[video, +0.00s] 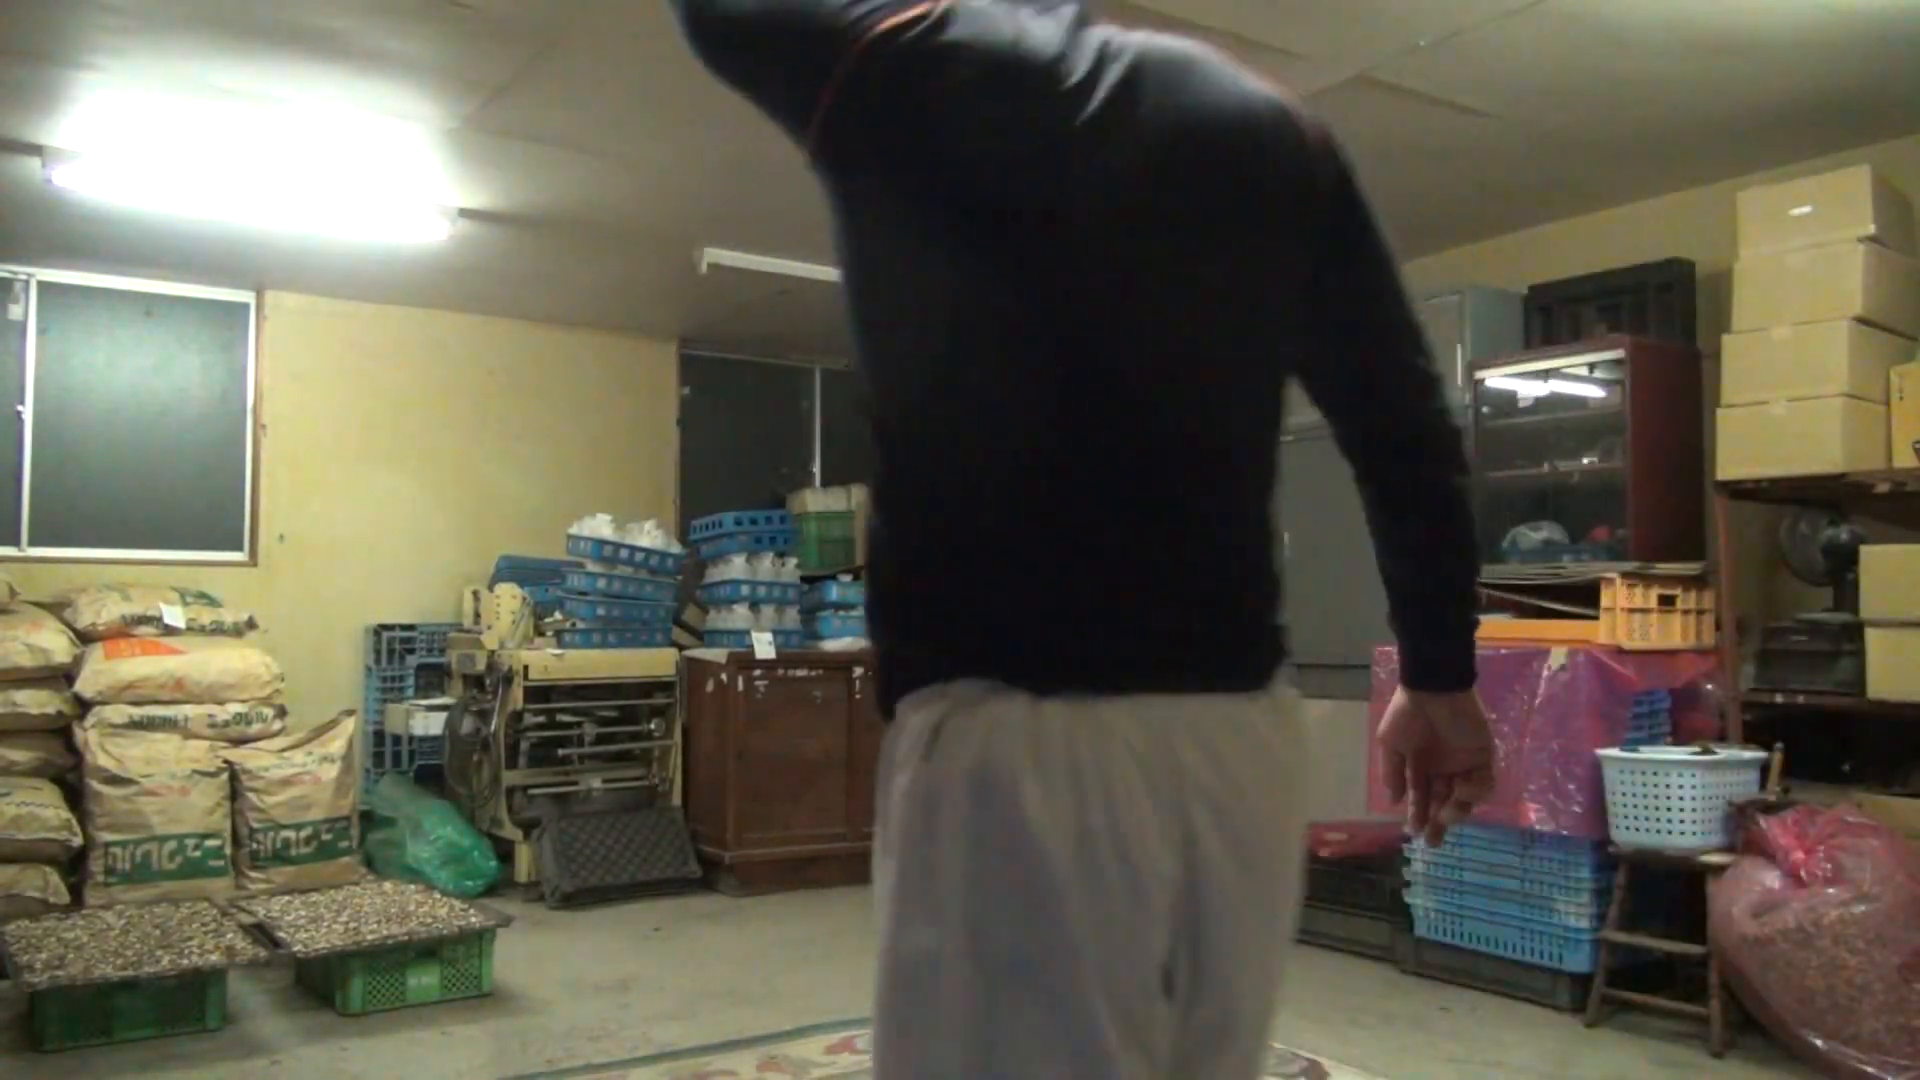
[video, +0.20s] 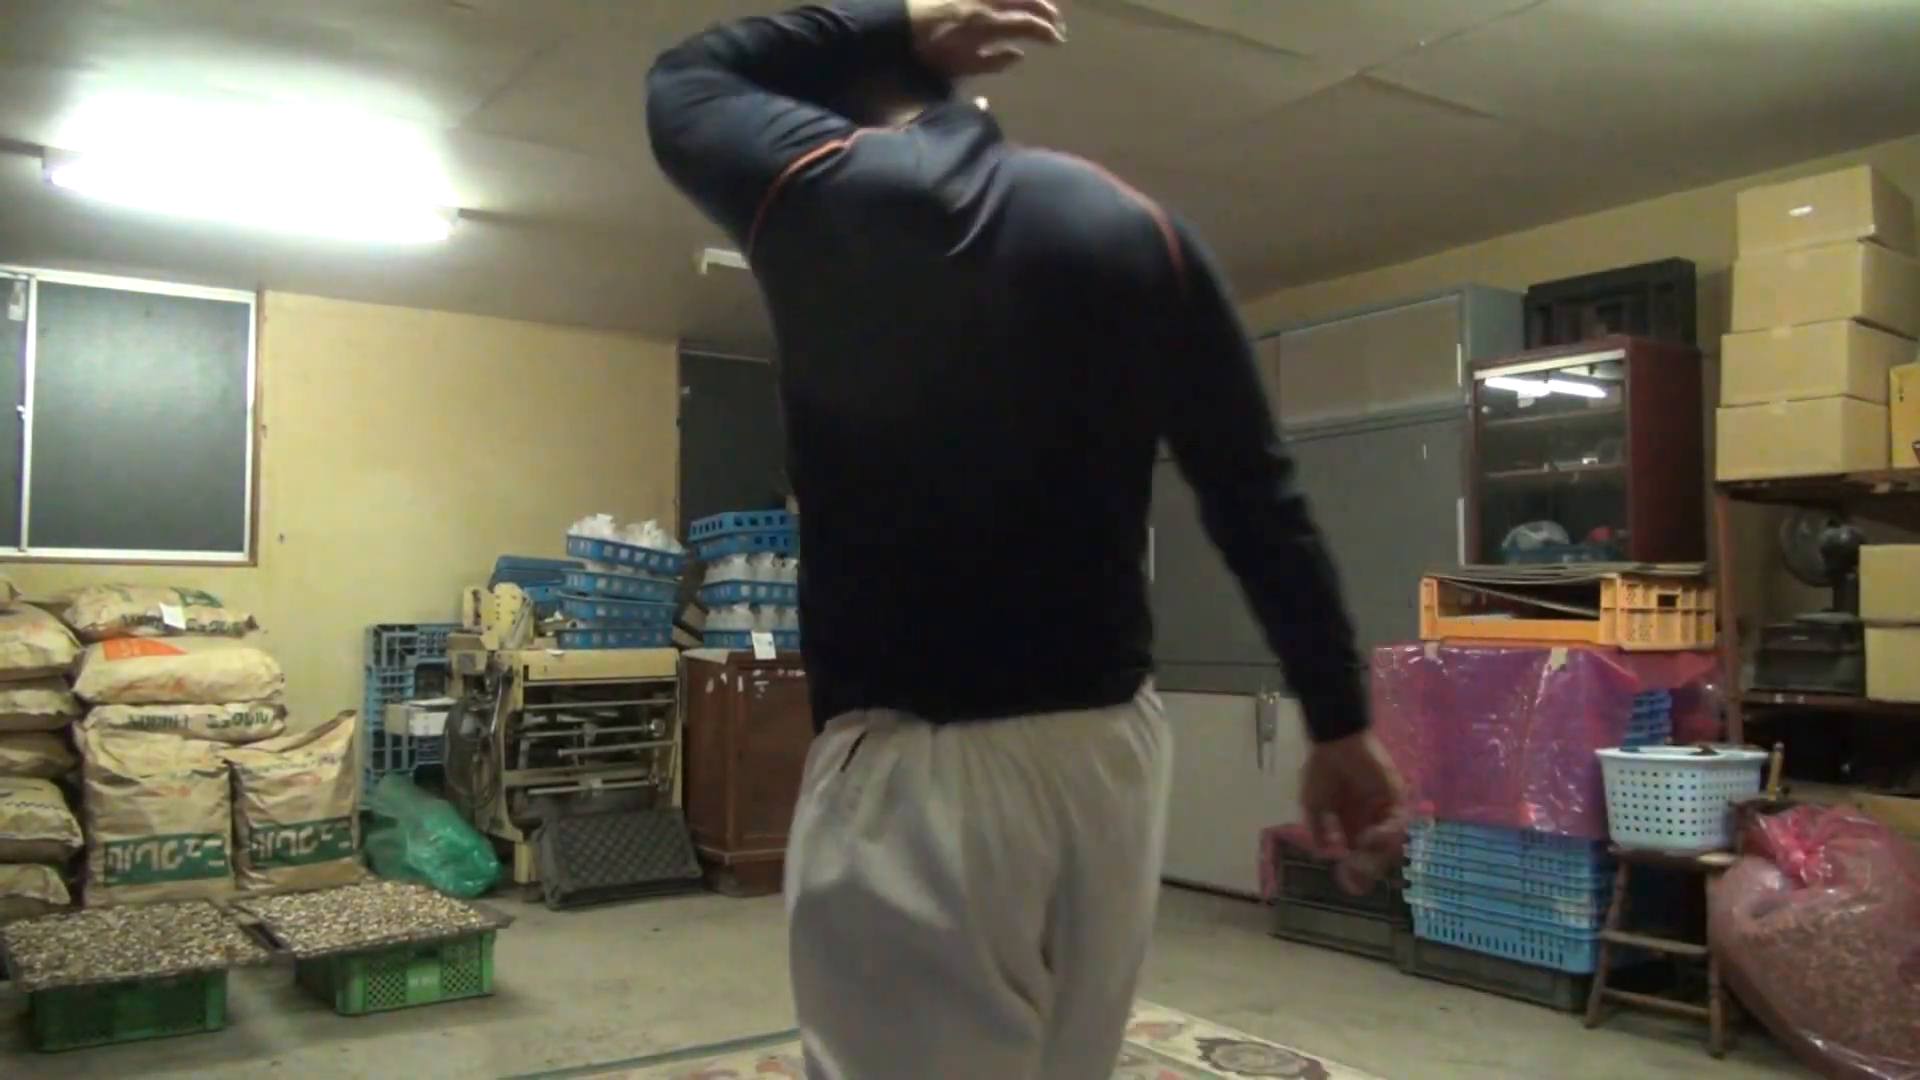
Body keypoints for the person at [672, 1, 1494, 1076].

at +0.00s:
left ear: (929, 3)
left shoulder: (898, 77)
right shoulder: (1275, 134)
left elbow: (717, 9)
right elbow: (1407, 433)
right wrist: (1443, 681)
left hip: (1013, 756)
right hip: (1243, 751)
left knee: (1015, 1066)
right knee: (1212, 1070)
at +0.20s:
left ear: (852, 112)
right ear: (960, 97)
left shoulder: (814, 196)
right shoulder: (1137, 234)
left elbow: (687, 75)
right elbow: (1255, 496)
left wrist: (902, 31)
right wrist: (1340, 726)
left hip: (907, 786)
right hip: (1114, 772)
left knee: (914, 1062)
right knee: (1071, 1066)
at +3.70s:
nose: (425, 309)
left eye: (425, 287)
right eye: (421, 282)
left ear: (318, 270)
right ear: (374, 273)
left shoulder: (216, 357)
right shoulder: (348, 339)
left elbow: (283, 522)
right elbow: (518, 400)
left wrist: (414, 488)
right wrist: (658, 361)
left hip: (109, 703)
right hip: (237, 701)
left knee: (99, 1014)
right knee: (340, 1001)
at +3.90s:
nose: (421, 328)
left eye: (422, 307)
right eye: (415, 302)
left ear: (339, 294)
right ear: (358, 290)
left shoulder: (230, 376)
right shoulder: (317, 358)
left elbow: (305, 545)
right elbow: (473, 446)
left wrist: (451, 534)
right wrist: (615, 389)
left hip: (78, 708)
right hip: (183, 706)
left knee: (66, 1026)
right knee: (311, 988)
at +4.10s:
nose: (419, 339)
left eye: (421, 316)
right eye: (415, 313)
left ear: (309, 310)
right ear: (366, 308)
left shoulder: (205, 380)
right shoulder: (353, 390)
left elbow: (288, 501)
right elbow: (394, 566)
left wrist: (433, 498)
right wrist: (539, 548)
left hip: (101, 715)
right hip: (236, 716)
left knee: (51, 1018)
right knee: (411, 957)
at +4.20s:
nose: (421, 349)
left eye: (423, 330)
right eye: (421, 328)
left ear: (309, 312)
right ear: (388, 321)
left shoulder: (197, 390)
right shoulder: (398, 409)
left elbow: (208, 540)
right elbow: (489, 553)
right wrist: (585, 494)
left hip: (158, 729)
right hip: (303, 730)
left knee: (84, 1012)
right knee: (457, 968)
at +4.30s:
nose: (440, 376)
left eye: (441, 358)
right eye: (441, 358)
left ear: (329, 341)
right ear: (420, 354)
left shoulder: (218, 424)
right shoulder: (450, 431)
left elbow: (199, 582)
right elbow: (591, 519)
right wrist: (619, 419)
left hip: (210, 772)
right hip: (364, 776)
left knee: (141, 1010)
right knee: (510, 983)